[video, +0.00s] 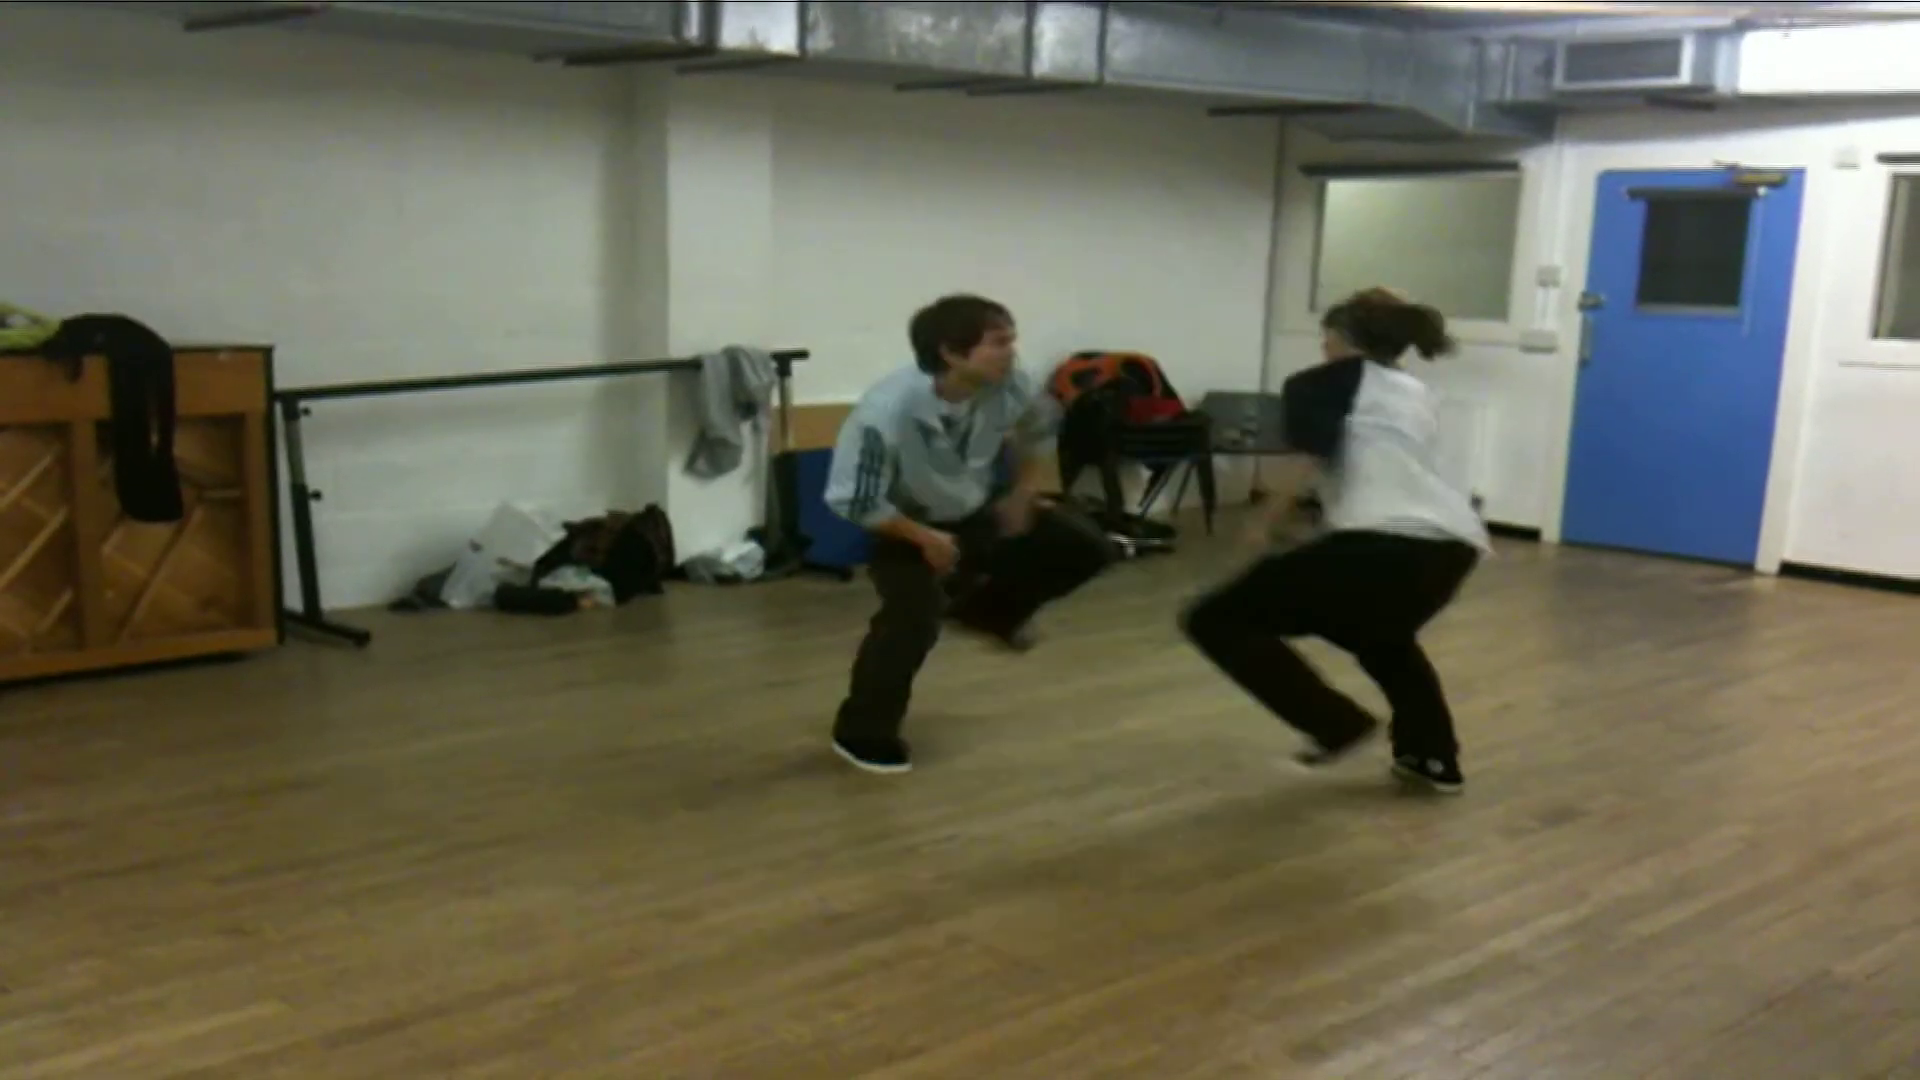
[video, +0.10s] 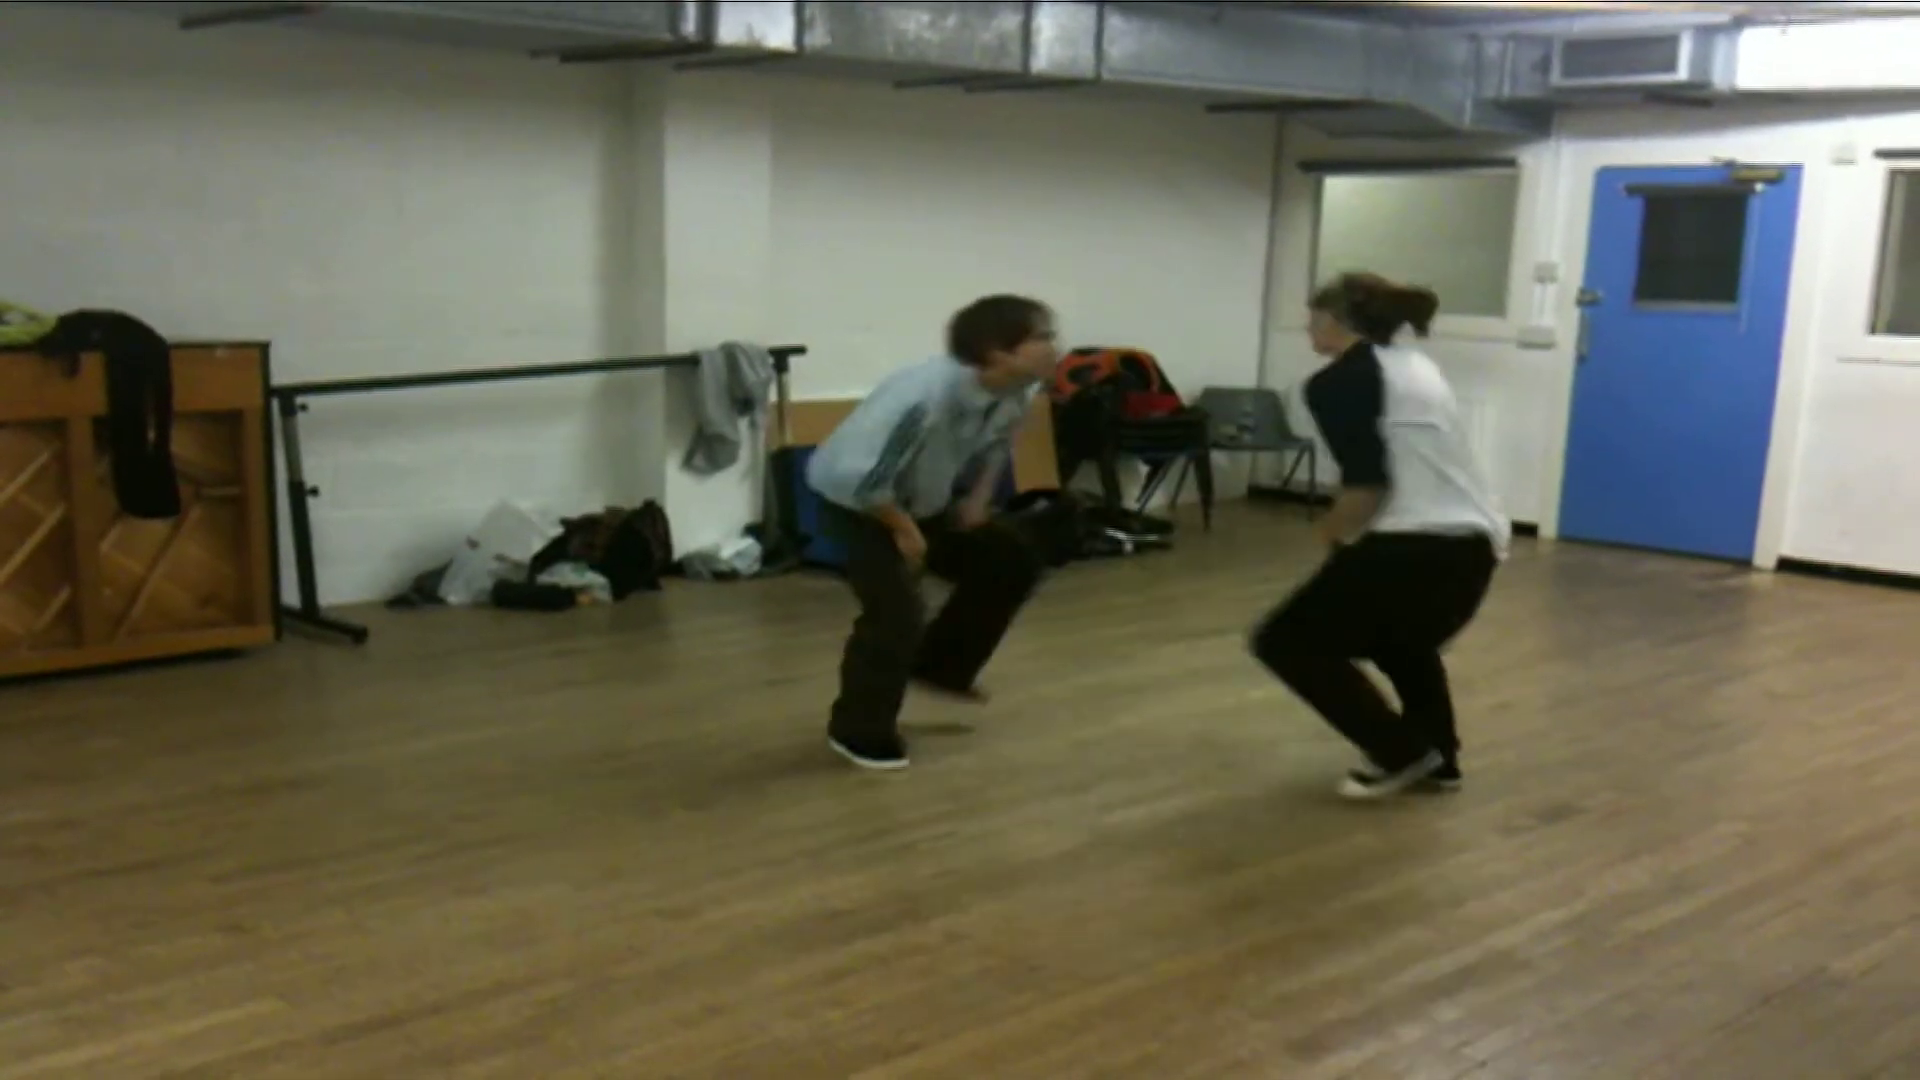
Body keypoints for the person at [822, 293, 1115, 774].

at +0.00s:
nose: (1010, 352)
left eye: (1010, 341)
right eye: (997, 342)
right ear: (952, 355)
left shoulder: (1008, 386)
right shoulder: (888, 409)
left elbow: (1040, 433)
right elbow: (852, 498)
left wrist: (1022, 497)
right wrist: (922, 537)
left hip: (975, 515)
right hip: (903, 526)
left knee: (1080, 550)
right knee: (914, 610)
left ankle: (990, 610)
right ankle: (863, 731)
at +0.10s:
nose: (1051, 348)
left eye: (1049, 338)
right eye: (1040, 339)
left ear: (1002, 356)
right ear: (998, 355)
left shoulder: (1013, 395)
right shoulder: (920, 395)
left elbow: (996, 447)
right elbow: (849, 478)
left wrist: (978, 499)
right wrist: (901, 525)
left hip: (921, 504)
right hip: (851, 509)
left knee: (1009, 563)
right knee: (896, 608)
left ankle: (942, 663)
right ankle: (859, 730)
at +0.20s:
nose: (1084, 335)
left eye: (1082, 325)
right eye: (1073, 325)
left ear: (1039, 334)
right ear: (1034, 331)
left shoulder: (1013, 383)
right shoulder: (979, 363)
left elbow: (945, 442)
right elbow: (893, 433)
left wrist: (940, 497)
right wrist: (894, 497)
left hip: (884, 492)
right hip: (831, 486)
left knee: (945, 587)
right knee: (882, 608)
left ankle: (919, 704)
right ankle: (856, 726)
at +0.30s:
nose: (1057, 313)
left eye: (1057, 302)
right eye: (1049, 301)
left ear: (1011, 305)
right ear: (1010, 300)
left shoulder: (991, 351)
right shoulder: (976, 327)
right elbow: (920, 394)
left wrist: (936, 488)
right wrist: (927, 478)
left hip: (884, 485)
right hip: (848, 480)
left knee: (935, 584)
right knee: (900, 596)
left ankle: (914, 700)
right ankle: (858, 728)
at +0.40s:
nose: (1011, 278)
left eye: (1010, 267)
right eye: (1002, 266)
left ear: (964, 270)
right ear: (965, 267)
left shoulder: (956, 314)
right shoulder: (942, 304)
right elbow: (933, 395)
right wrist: (959, 471)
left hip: (915, 477)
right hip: (887, 477)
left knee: (937, 590)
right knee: (912, 597)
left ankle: (916, 699)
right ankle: (857, 725)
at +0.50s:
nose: (989, 267)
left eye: (989, 256)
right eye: (980, 256)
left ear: (936, 260)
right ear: (939, 258)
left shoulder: (912, 309)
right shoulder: (916, 316)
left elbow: (937, 412)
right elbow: (945, 418)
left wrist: (970, 479)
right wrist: (978, 487)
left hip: (925, 479)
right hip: (912, 484)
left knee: (947, 601)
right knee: (932, 606)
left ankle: (919, 702)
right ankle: (858, 727)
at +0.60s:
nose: (1010, 281)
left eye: (1009, 269)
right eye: (1001, 270)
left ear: (960, 273)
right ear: (959, 272)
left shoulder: (948, 326)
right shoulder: (911, 333)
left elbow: (964, 424)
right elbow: (929, 441)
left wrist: (980, 485)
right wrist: (969, 488)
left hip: (934, 486)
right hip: (895, 488)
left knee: (971, 584)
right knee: (944, 593)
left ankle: (934, 700)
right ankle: (860, 722)